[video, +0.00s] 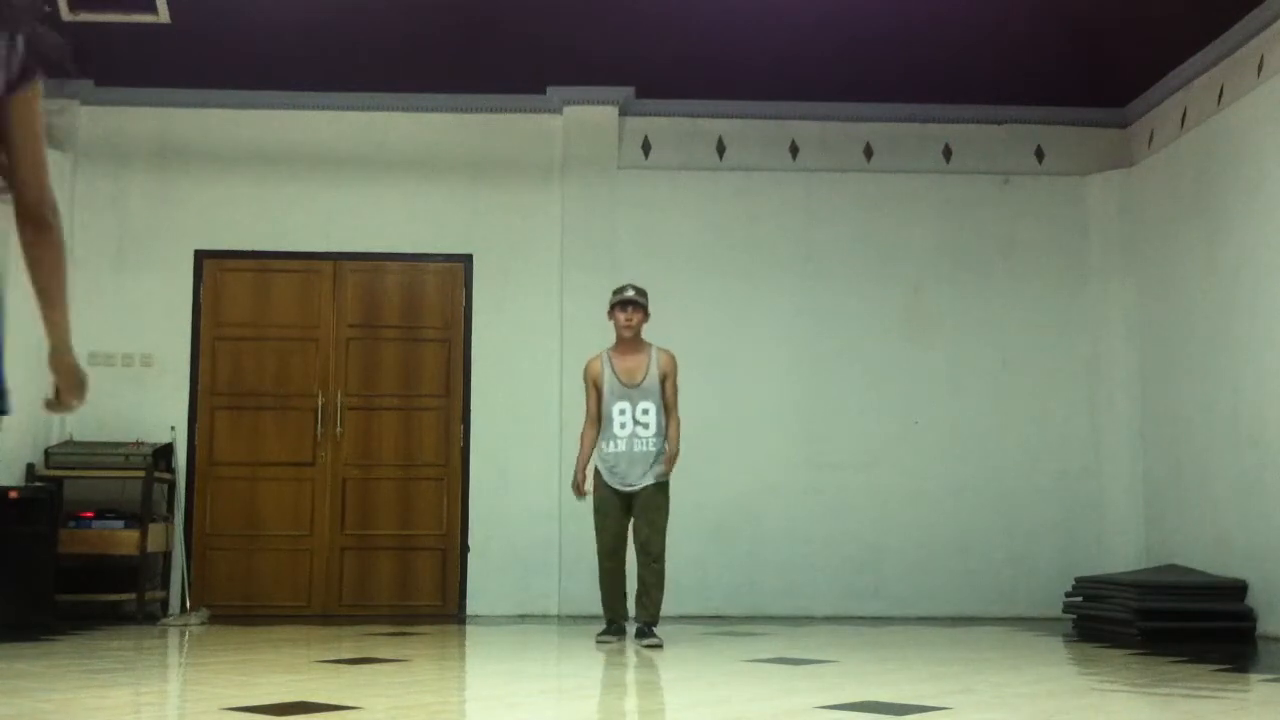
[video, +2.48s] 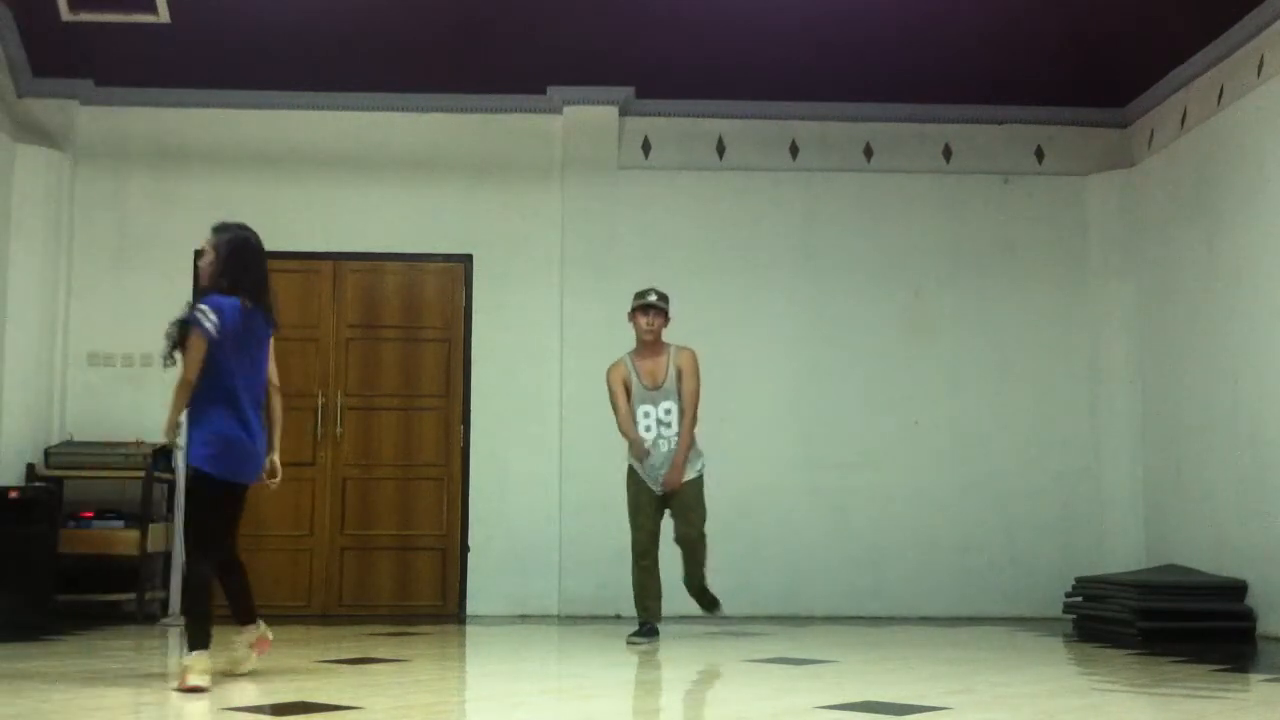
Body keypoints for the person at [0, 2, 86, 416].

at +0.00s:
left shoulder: (15, 48)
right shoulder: (12, 48)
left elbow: (36, 211)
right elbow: (36, 211)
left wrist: (61, 351)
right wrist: (61, 351)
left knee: (37, 209)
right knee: (36, 208)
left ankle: (62, 353)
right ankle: (60, 353)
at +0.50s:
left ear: (22, 45)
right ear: (58, 42)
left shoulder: (73, 132)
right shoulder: (74, 131)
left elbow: (95, 263)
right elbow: (95, 261)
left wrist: (110, 385)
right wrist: (113, 386)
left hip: (38, 363)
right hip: (51, 364)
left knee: (58, 558)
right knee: (63, 560)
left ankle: (49, 709)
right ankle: (51, 711)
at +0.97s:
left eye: (55, 127)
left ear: (49, 135)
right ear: (122, 136)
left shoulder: (19, 206)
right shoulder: (143, 210)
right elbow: (165, 315)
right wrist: (168, 376)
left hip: (22, 413)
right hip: (103, 415)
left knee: (23, 561)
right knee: (75, 560)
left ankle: (47, 699)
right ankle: (55, 702)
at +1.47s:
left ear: (98, 192)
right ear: (159, 194)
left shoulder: (67, 256)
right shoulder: (172, 252)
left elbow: (64, 340)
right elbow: (178, 338)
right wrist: (190, 422)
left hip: (86, 425)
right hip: (154, 424)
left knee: (75, 550)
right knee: (158, 553)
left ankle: (60, 681)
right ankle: (157, 683)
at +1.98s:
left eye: (164, 233)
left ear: (160, 239)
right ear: (214, 238)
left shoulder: (139, 292)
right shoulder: (232, 294)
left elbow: (114, 364)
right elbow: (252, 370)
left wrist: (89, 429)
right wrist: (254, 415)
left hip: (146, 446)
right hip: (205, 445)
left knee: (160, 554)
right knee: (179, 554)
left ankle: (180, 660)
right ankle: (154, 670)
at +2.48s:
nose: (199, 261)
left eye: (205, 254)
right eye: (201, 253)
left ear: (225, 261)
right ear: (246, 262)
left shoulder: (209, 309)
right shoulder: (260, 317)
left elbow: (188, 377)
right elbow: (273, 386)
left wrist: (170, 426)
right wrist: (274, 448)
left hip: (210, 445)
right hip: (248, 448)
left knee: (197, 548)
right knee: (222, 545)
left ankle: (198, 657)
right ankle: (252, 629)